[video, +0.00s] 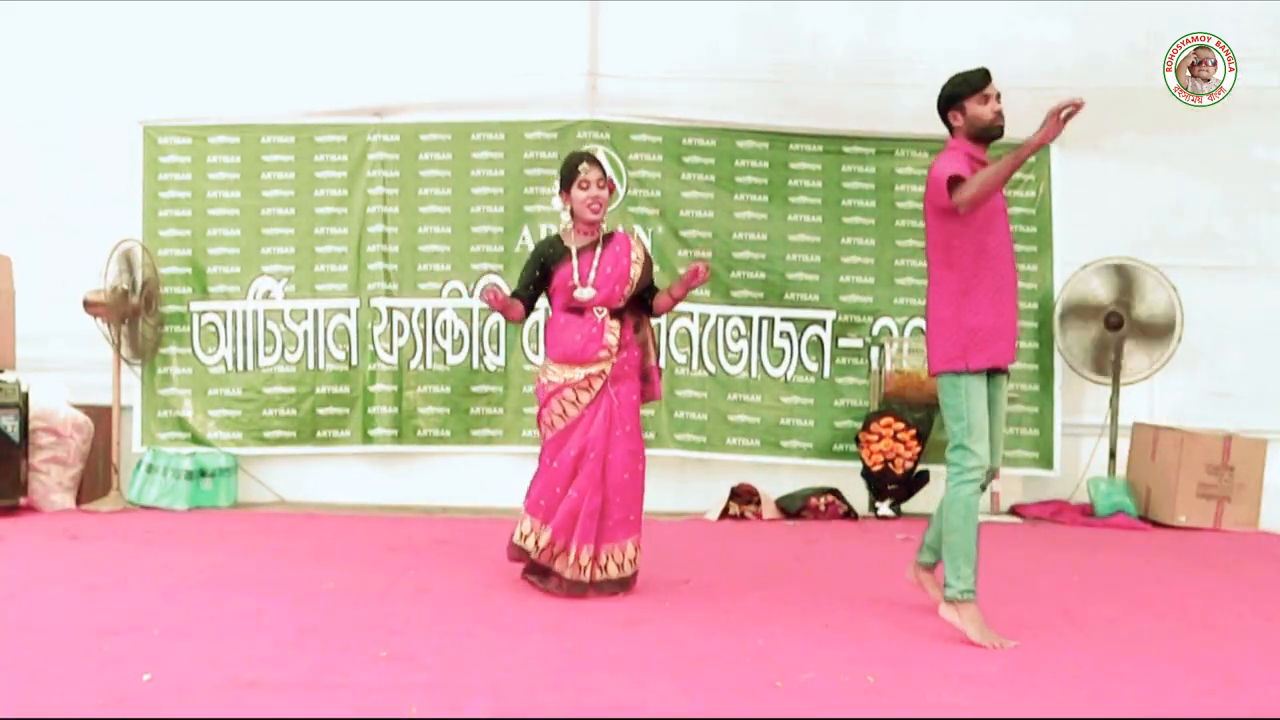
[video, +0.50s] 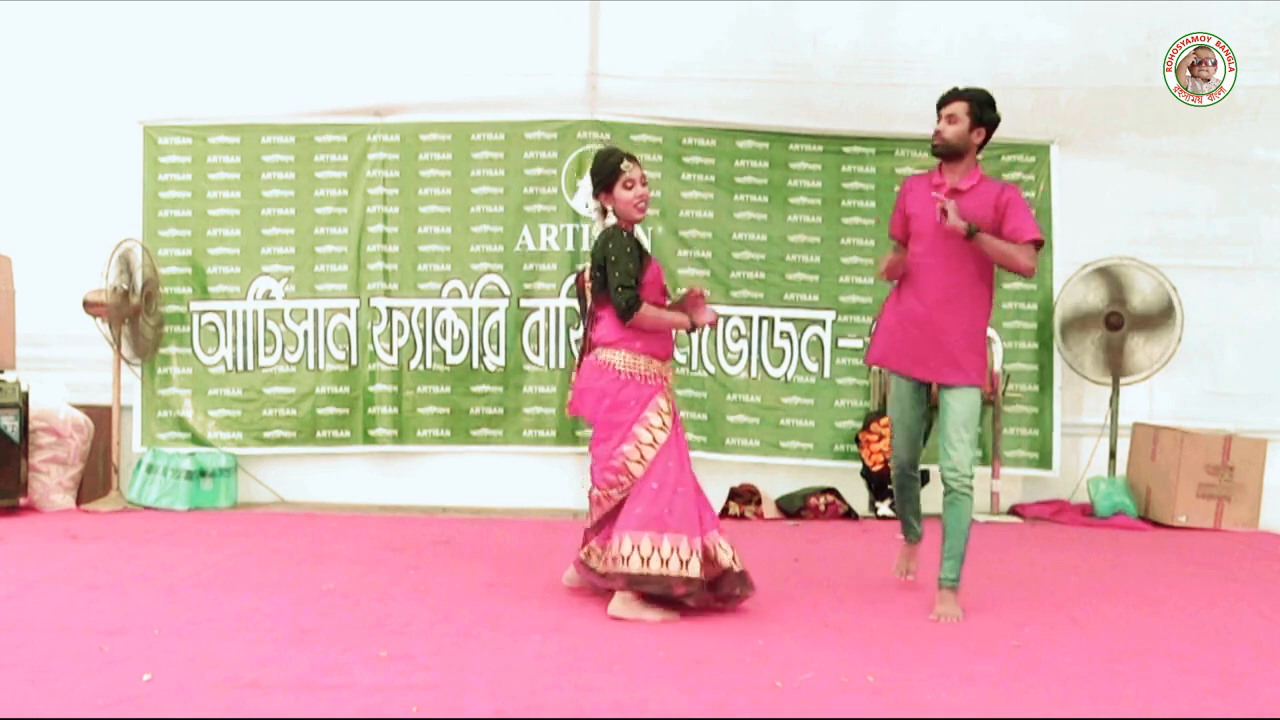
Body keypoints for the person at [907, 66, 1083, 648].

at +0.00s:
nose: (999, 106)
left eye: (997, 98)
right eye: (987, 100)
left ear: (983, 110)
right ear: (957, 114)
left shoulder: (983, 167)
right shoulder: (949, 165)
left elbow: (983, 261)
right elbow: (964, 198)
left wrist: (997, 334)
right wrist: (1033, 144)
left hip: (988, 339)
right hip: (960, 340)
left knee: (981, 466)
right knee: (970, 466)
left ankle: (927, 560)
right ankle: (961, 597)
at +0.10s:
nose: (984, 130)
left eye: (990, 122)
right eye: (971, 124)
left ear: (999, 136)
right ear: (950, 140)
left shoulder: (989, 202)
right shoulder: (942, 197)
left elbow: (985, 287)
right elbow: (940, 277)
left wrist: (1018, 340)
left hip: (993, 365)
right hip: (955, 364)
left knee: (995, 488)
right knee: (973, 482)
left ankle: (956, 604)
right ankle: (950, 614)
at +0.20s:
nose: (970, 139)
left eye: (981, 130)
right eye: (960, 133)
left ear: (1001, 143)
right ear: (951, 148)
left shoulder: (1010, 220)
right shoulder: (936, 205)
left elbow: (1013, 292)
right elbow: (916, 287)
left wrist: (1017, 318)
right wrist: (986, 300)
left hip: (986, 369)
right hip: (939, 365)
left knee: (991, 493)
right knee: (954, 483)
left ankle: (949, 593)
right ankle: (950, 612)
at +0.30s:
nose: (957, 127)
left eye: (968, 118)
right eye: (953, 119)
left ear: (997, 129)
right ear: (947, 131)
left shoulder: (1021, 200)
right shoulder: (925, 187)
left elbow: (1057, 278)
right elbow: (888, 260)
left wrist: (1026, 250)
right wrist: (941, 244)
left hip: (981, 357)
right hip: (920, 351)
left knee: (973, 476)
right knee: (926, 465)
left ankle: (948, 585)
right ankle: (927, 587)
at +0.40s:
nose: (948, 114)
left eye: (959, 106)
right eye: (946, 107)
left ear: (990, 116)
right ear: (944, 116)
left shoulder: (1016, 184)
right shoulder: (919, 172)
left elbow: (1056, 256)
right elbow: (881, 245)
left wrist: (1013, 222)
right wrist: (917, 226)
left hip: (975, 341)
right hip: (911, 336)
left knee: (966, 463)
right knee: (913, 456)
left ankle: (950, 577)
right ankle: (910, 570)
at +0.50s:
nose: (939, 127)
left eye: (951, 121)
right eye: (939, 119)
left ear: (980, 133)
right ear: (936, 128)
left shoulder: (1001, 195)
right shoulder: (913, 188)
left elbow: (1026, 263)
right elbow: (897, 249)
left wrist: (971, 231)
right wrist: (894, 263)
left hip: (963, 347)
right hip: (905, 341)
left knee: (958, 470)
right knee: (902, 458)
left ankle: (950, 586)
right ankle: (911, 536)